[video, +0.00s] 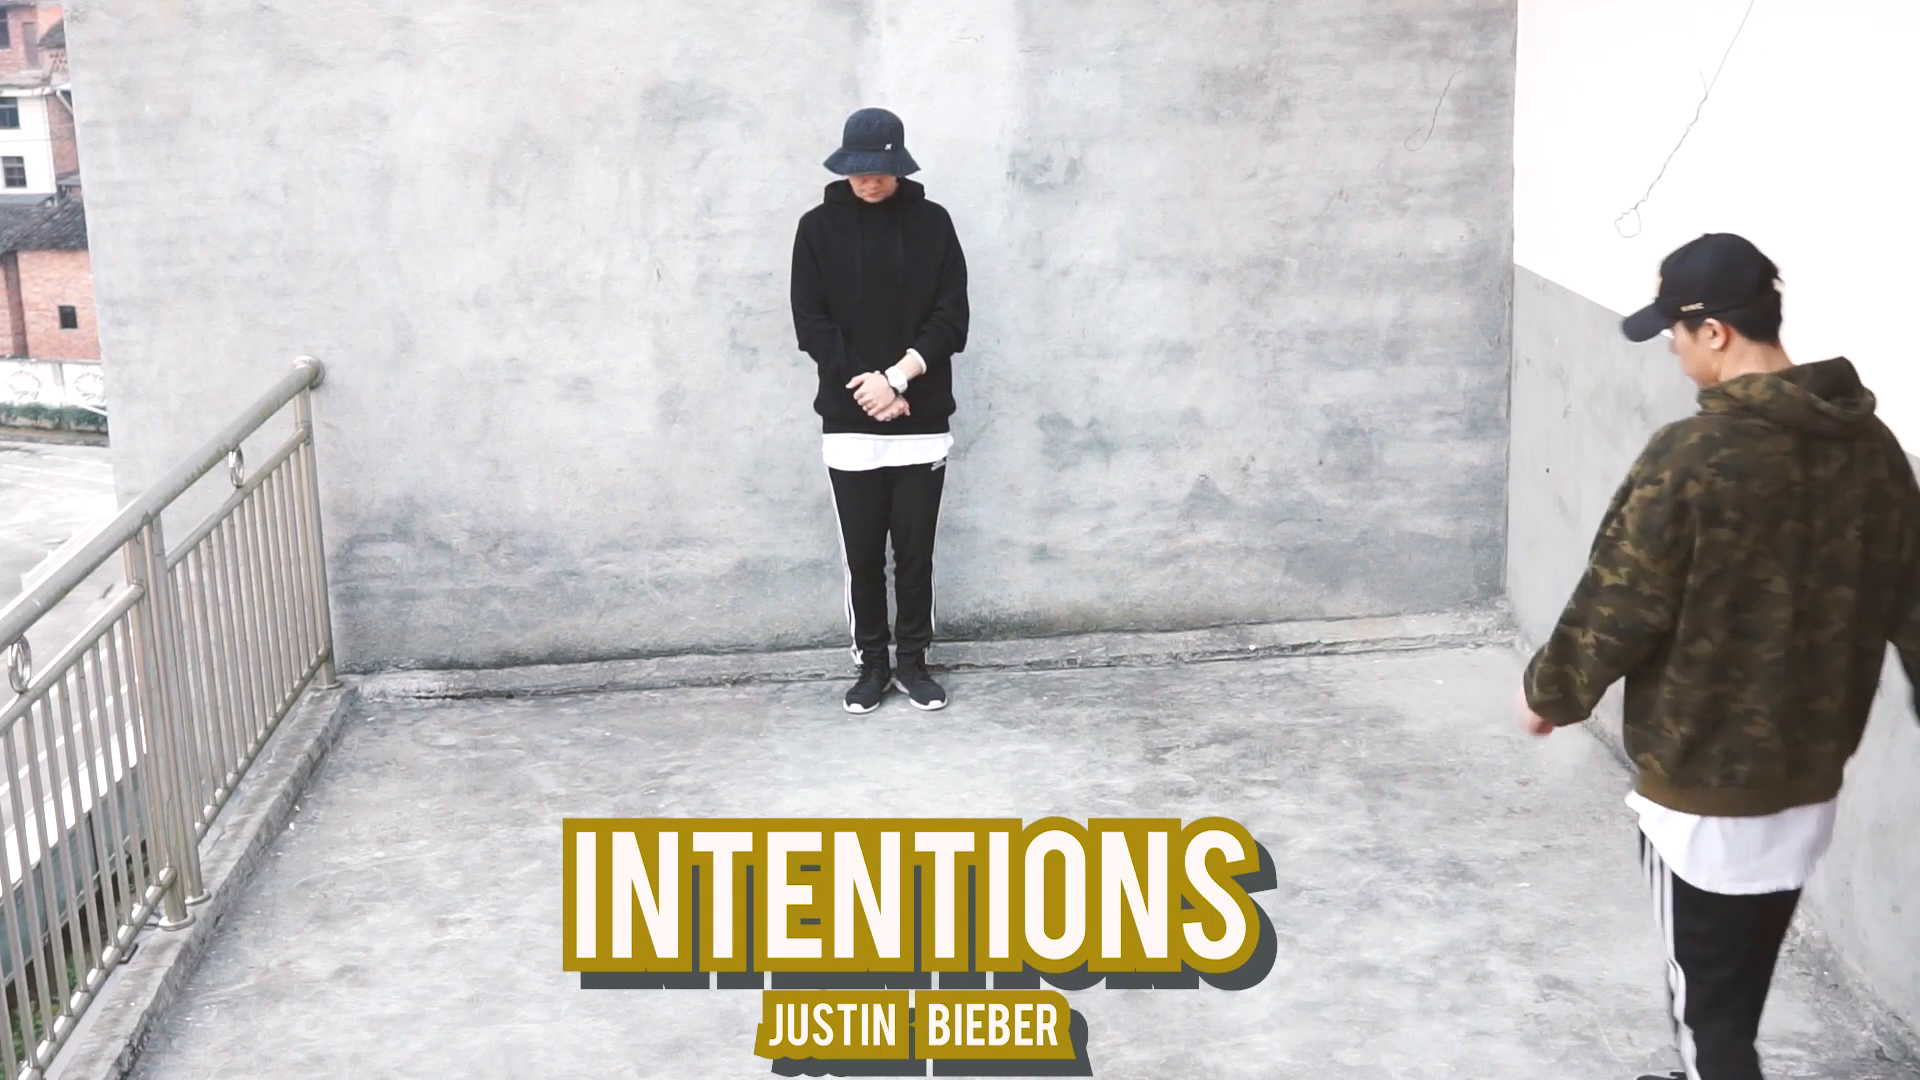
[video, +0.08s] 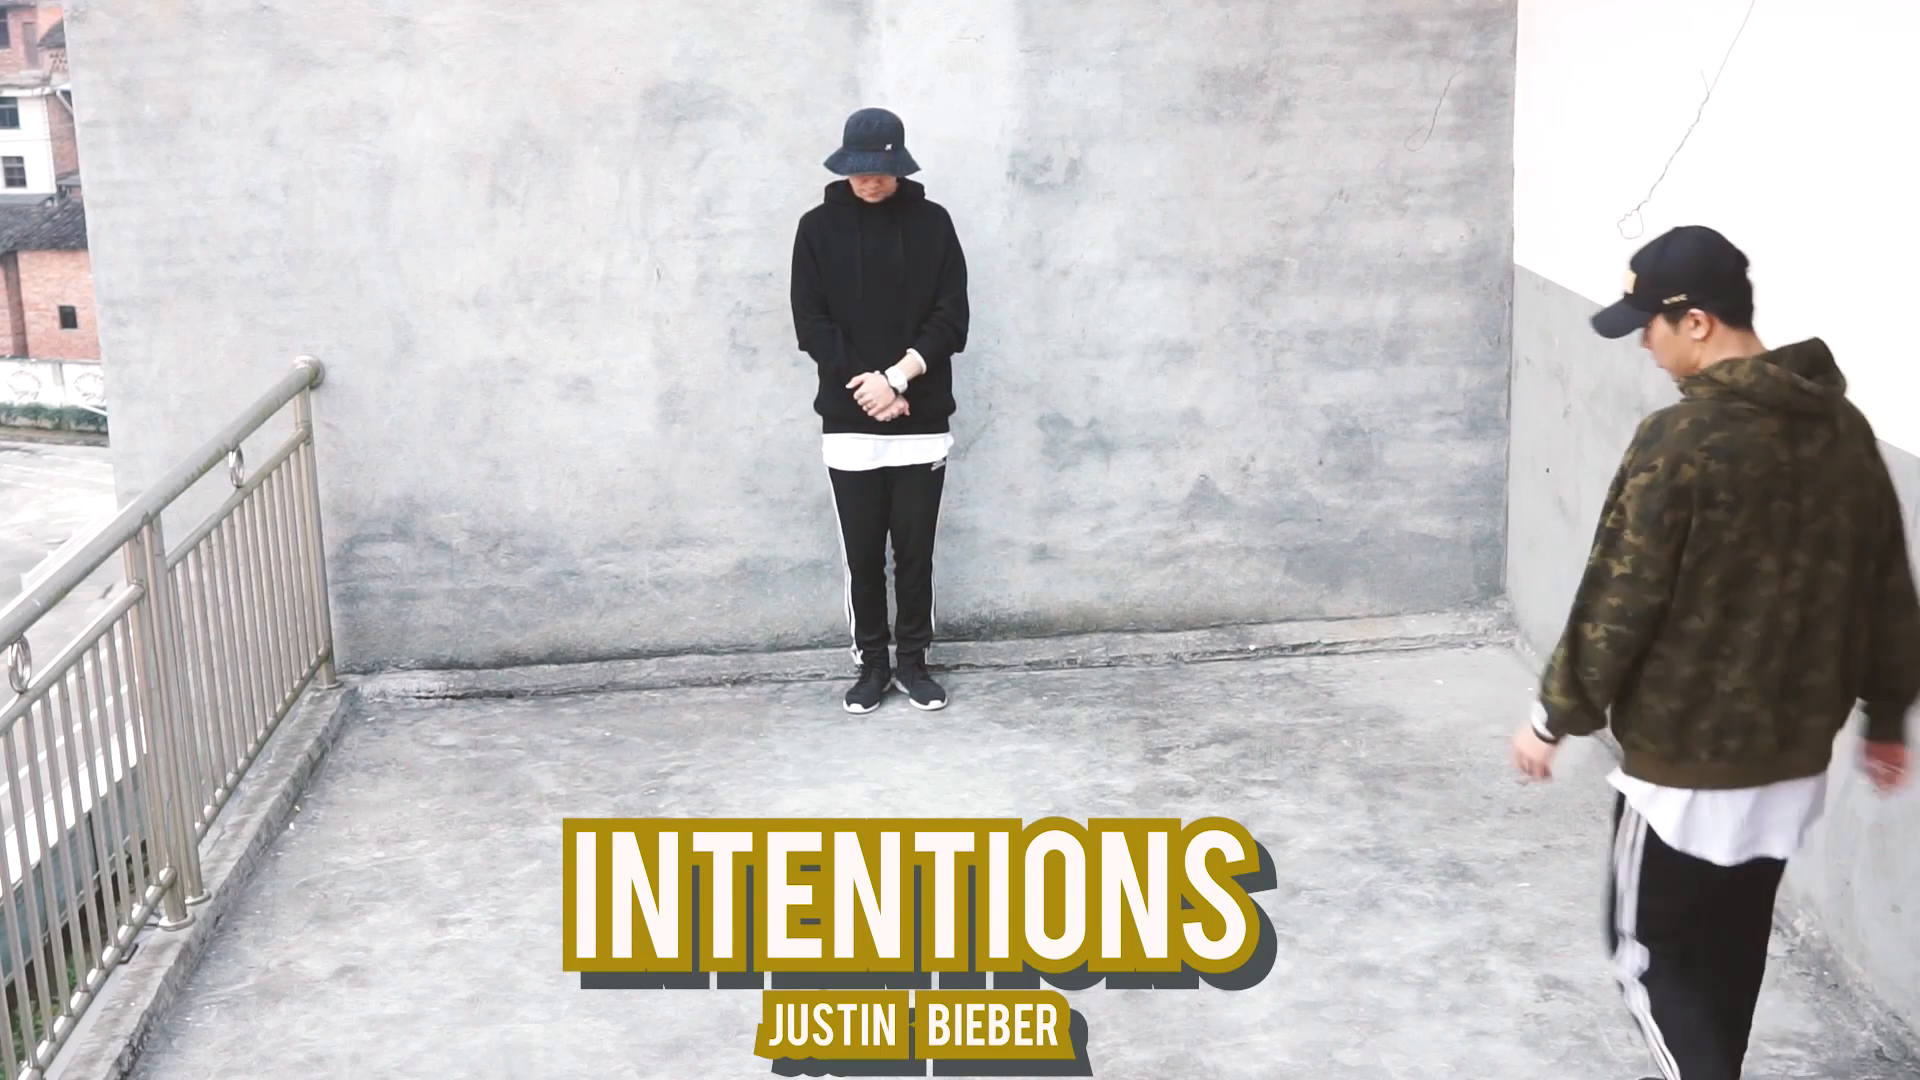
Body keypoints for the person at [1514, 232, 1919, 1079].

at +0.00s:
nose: (1674, 354)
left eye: (1674, 334)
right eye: (1670, 337)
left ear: (1713, 331)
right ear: (1759, 319)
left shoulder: (1693, 454)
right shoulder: (1879, 454)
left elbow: (1621, 605)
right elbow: (1913, 611)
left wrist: (1551, 693)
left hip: (1705, 780)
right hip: (1814, 771)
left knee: (1715, 1019)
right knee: (1740, 999)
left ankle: (1722, 1066)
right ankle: (1714, 1058)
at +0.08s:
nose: (1645, 349)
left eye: (1647, 330)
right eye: (1641, 332)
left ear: (1693, 321)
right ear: (1729, 315)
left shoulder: (1679, 440)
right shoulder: (1845, 431)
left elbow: (1620, 604)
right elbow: (1890, 580)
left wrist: (1550, 720)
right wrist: (1888, 714)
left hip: (1683, 755)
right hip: (1793, 752)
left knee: (1650, 957)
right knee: (1737, 953)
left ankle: (1706, 1071)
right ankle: (1715, 1073)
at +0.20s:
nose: (1609, 341)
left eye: (1613, 323)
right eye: (1605, 326)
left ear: (1665, 309)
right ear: (1683, 305)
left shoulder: (1673, 421)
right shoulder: (1790, 406)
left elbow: (1656, 600)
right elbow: (1808, 572)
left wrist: (1607, 750)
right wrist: (1784, 707)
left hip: (1681, 732)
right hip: (1759, 727)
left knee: (1577, 892)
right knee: (1719, 926)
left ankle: (1671, 1063)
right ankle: (1710, 1070)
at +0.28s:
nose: (1588, 336)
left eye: (1596, 319)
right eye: (1585, 321)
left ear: (1652, 306)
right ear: (1663, 304)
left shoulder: (1671, 410)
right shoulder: (1746, 389)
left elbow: (1676, 589)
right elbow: (1745, 563)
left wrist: (1659, 755)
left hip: (1654, 711)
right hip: (1731, 703)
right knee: (1706, 926)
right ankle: (1705, 1069)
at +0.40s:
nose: (1567, 341)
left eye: (1578, 324)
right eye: (1564, 325)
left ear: (1640, 311)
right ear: (1639, 311)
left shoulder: (1657, 412)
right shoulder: (1683, 380)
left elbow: (1690, 587)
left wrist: (1715, 753)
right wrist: (1567, 549)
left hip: (1626, 717)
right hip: (1671, 710)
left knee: (1557, 885)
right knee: (1679, 902)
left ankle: (1564, 1048)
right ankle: (1701, 1063)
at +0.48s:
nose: (1553, 347)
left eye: (1566, 331)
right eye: (1549, 331)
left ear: (1627, 316)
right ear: (1619, 317)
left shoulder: (1647, 416)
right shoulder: (1631, 386)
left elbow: (1687, 585)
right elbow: (1575, 476)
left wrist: (1717, 749)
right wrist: (1504, 530)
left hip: (1624, 712)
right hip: (1632, 703)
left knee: (1563, 888)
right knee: (1641, 886)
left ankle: (1565, 1054)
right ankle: (1697, 1056)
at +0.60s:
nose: (1549, 356)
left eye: (1565, 339)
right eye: (1539, 339)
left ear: (1619, 317)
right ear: (1531, 317)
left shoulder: (1655, 427)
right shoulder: (1571, 386)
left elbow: (1678, 591)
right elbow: (1518, 486)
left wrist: (1676, 747)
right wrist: (1423, 531)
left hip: (1621, 714)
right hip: (1560, 686)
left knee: (1569, 898)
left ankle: (1563, 1051)